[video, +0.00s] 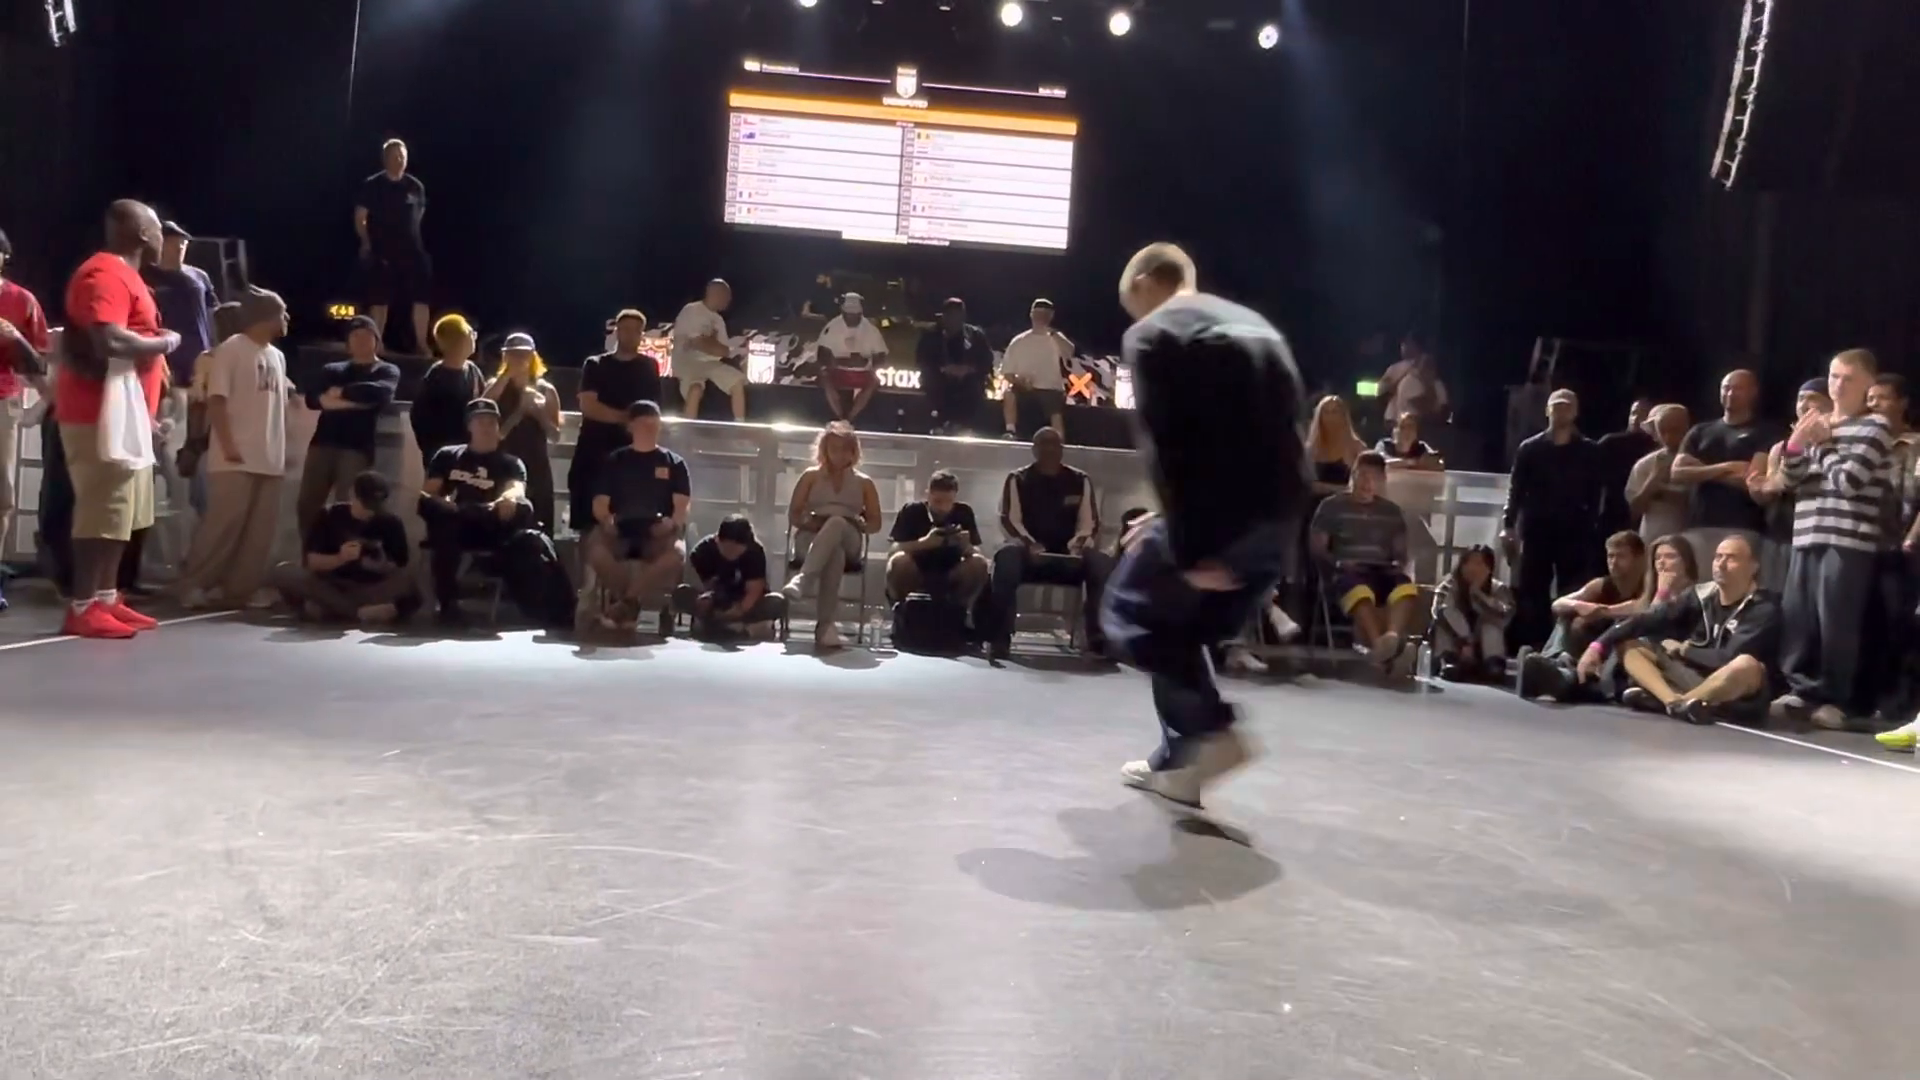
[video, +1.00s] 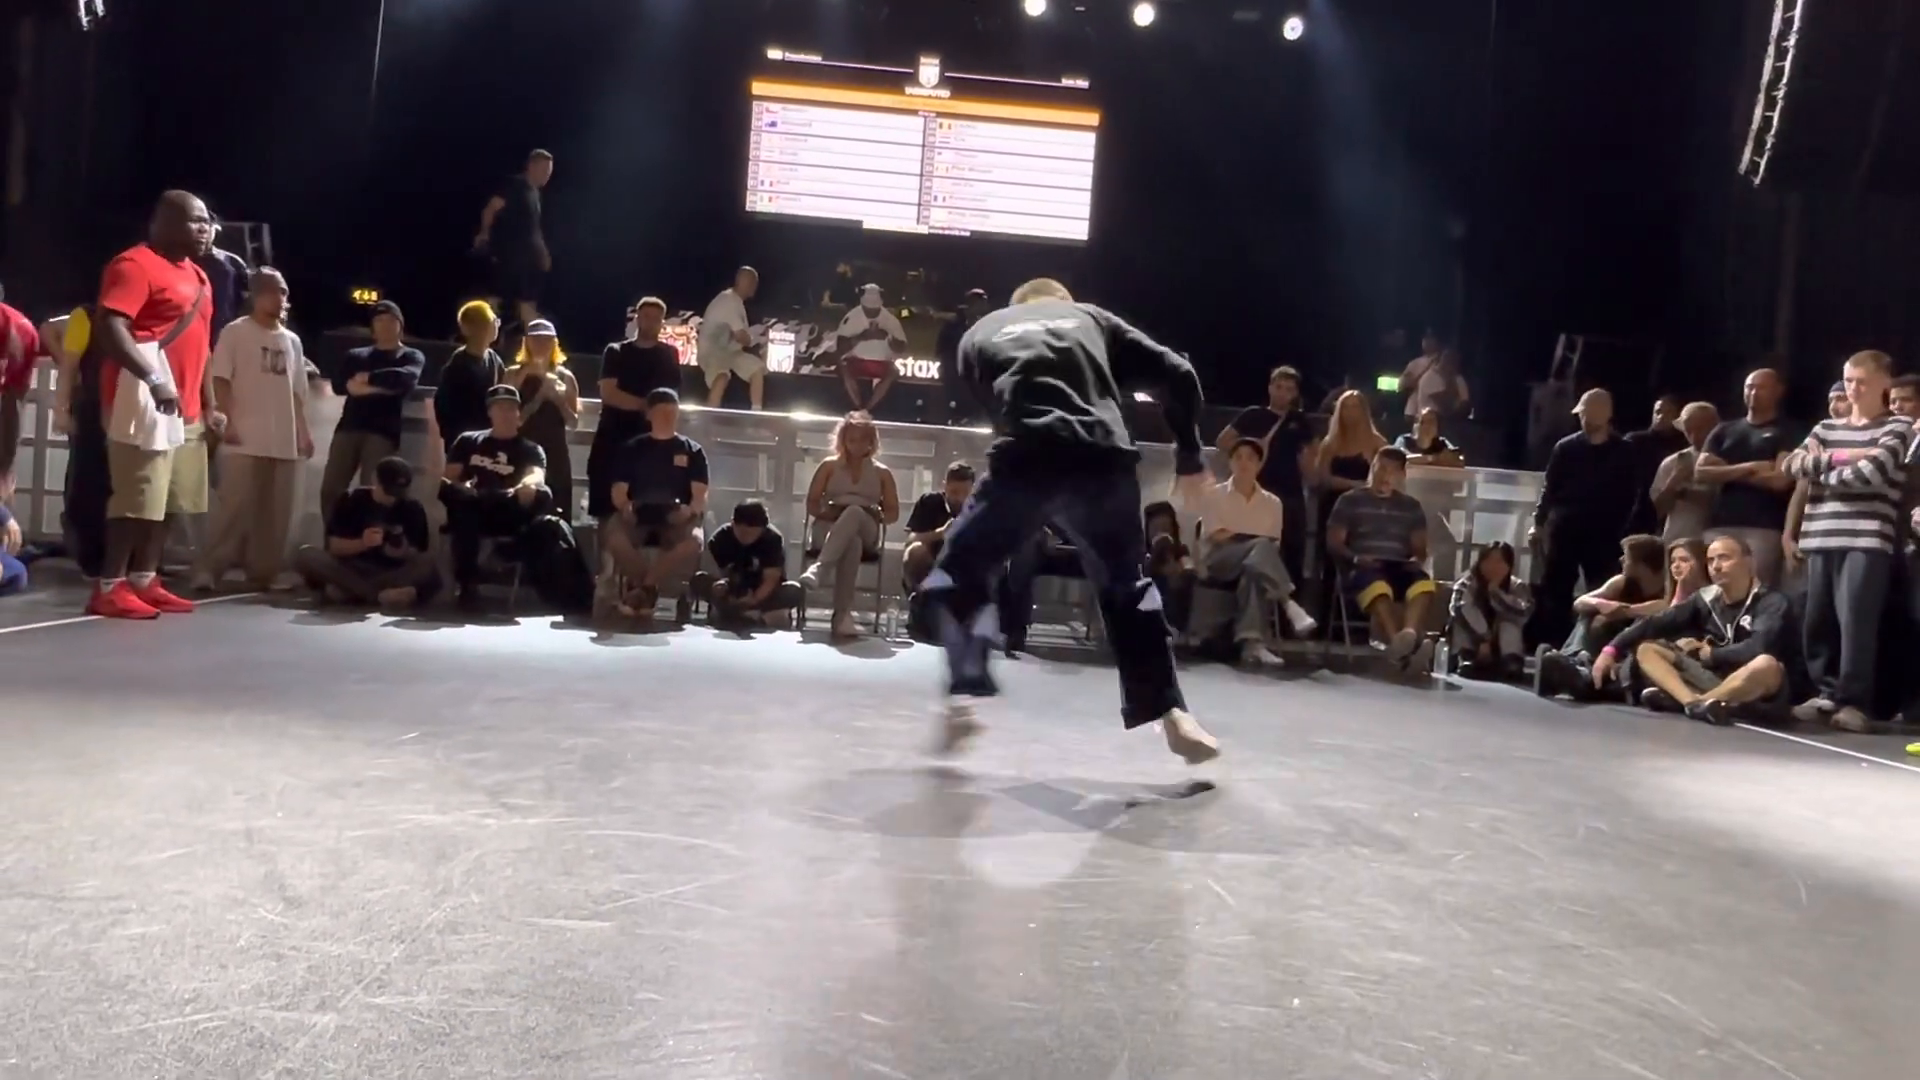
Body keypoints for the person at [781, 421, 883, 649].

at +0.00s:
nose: (840, 454)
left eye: (846, 449)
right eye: (835, 449)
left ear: (854, 452)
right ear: (824, 450)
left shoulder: (864, 483)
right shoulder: (811, 477)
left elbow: (875, 524)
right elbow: (795, 516)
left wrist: (852, 522)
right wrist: (819, 526)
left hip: (850, 545)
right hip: (810, 540)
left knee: (836, 523)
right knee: (835, 552)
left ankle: (802, 578)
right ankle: (825, 626)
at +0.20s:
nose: (847, 451)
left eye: (852, 446)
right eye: (841, 446)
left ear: (860, 448)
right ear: (830, 447)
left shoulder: (869, 480)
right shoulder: (817, 473)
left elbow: (880, 521)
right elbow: (800, 512)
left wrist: (857, 519)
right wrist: (823, 523)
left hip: (855, 541)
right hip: (815, 536)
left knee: (842, 519)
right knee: (840, 548)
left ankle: (807, 575)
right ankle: (831, 622)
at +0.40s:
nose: (849, 449)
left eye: (855, 444)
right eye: (844, 444)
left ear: (863, 447)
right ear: (833, 445)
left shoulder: (872, 478)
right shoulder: (820, 471)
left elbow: (884, 519)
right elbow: (803, 510)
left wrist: (858, 517)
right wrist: (828, 521)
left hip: (858, 539)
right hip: (818, 534)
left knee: (845, 517)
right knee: (843, 545)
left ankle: (811, 572)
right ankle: (834, 620)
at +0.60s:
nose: (853, 448)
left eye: (858, 442)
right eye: (847, 442)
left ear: (866, 445)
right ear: (837, 444)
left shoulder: (876, 477)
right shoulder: (823, 469)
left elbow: (887, 517)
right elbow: (807, 508)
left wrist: (863, 515)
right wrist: (830, 519)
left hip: (861, 537)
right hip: (822, 533)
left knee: (848, 515)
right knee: (846, 544)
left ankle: (813, 570)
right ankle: (836, 618)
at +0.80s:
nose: (856, 447)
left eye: (862, 441)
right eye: (850, 441)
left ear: (870, 444)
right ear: (840, 443)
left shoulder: (879, 475)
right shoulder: (827, 469)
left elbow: (890, 517)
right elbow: (810, 508)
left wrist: (866, 514)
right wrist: (833, 517)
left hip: (865, 536)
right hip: (826, 531)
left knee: (851, 514)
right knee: (850, 542)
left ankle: (817, 569)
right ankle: (840, 617)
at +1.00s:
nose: (857, 445)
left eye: (863, 440)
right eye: (852, 440)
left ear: (872, 442)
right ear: (842, 441)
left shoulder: (882, 473)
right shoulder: (829, 467)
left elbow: (892, 514)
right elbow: (812, 505)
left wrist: (870, 513)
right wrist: (834, 515)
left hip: (867, 535)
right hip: (827, 530)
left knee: (853, 512)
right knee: (852, 541)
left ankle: (818, 568)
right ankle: (842, 616)